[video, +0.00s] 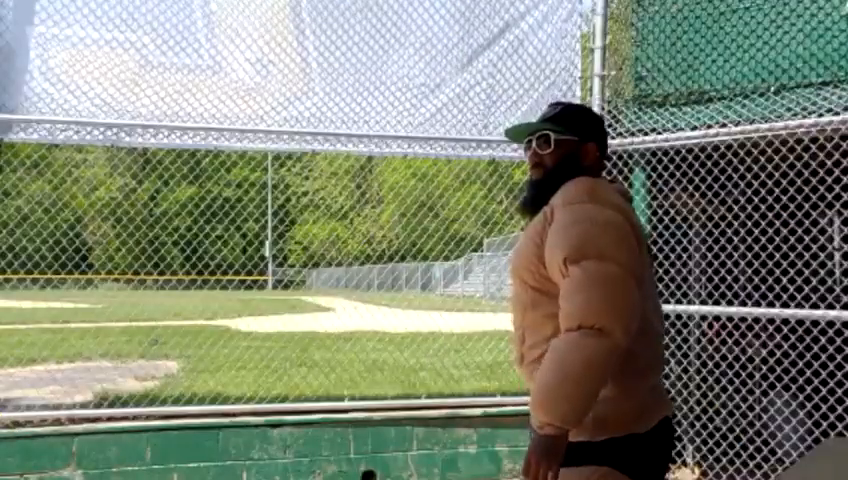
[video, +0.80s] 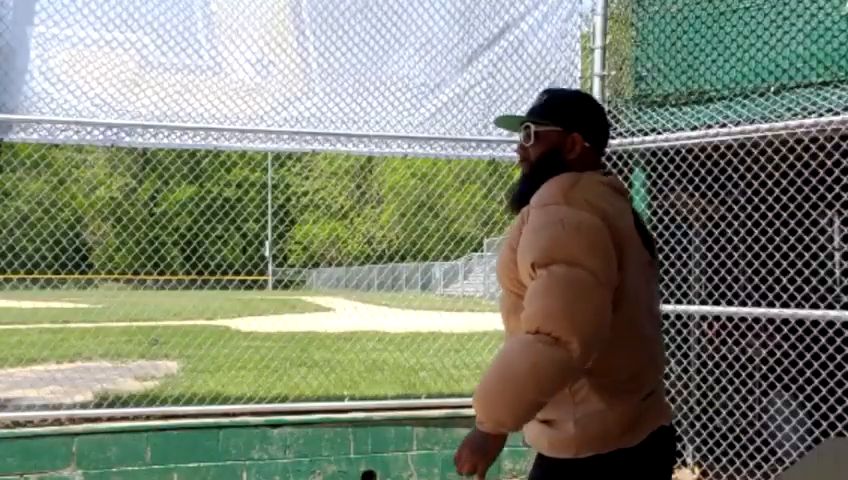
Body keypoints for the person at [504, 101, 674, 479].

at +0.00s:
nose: (532, 154)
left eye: (545, 141)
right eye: (530, 144)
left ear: (588, 152)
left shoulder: (584, 204)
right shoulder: (576, 203)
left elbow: (595, 324)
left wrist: (550, 425)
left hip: (606, 438)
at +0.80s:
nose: (520, 148)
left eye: (534, 135)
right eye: (523, 136)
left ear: (574, 145)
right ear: (575, 148)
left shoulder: (565, 205)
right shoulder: (601, 199)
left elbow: (559, 331)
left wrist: (491, 426)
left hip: (593, 450)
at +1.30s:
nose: (509, 137)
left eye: (520, 124)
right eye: (512, 124)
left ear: (557, 131)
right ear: (563, 133)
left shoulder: (547, 202)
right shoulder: (617, 194)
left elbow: (538, 345)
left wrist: (485, 451)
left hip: (587, 456)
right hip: (653, 441)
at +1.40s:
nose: (509, 137)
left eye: (520, 124)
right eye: (512, 124)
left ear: (557, 130)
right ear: (565, 132)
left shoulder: (547, 200)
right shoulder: (621, 194)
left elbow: (538, 345)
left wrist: (487, 455)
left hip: (587, 456)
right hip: (656, 440)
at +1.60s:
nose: (515, 135)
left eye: (527, 122)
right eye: (519, 122)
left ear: (563, 130)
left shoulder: (550, 200)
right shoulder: (639, 197)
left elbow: (534, 347)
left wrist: (485, 457)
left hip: (586, 456)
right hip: (665, 439)